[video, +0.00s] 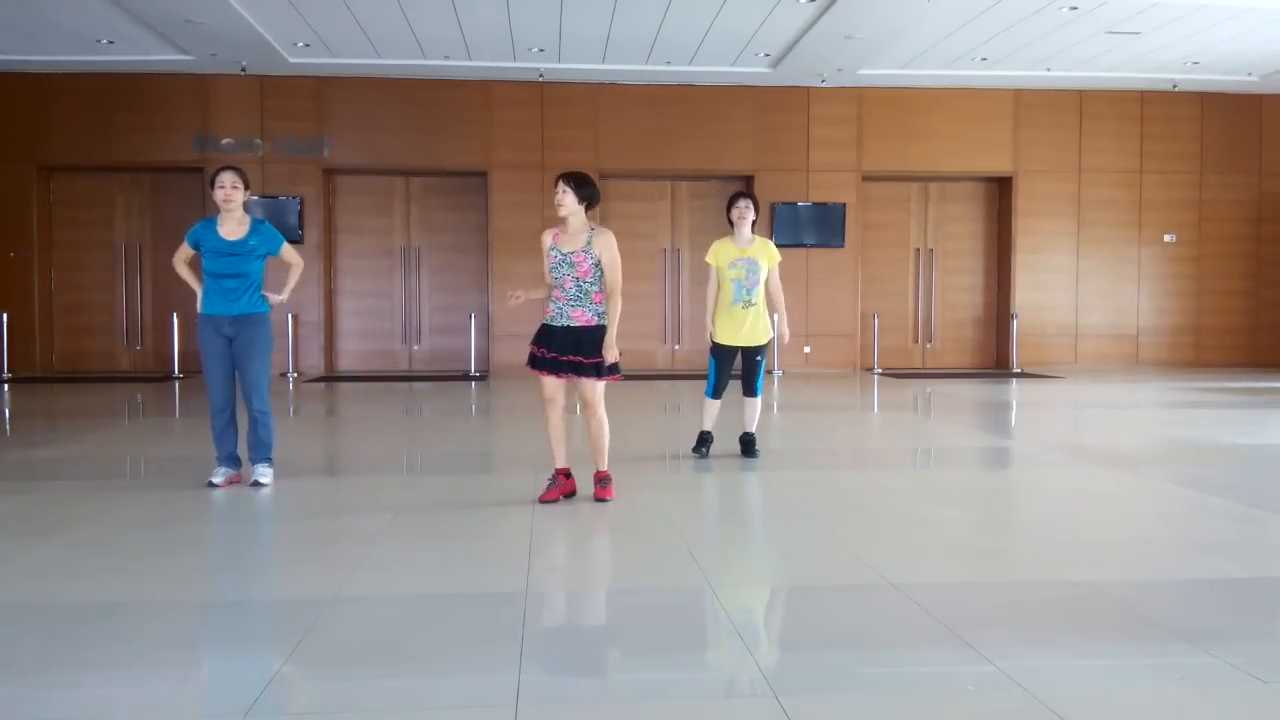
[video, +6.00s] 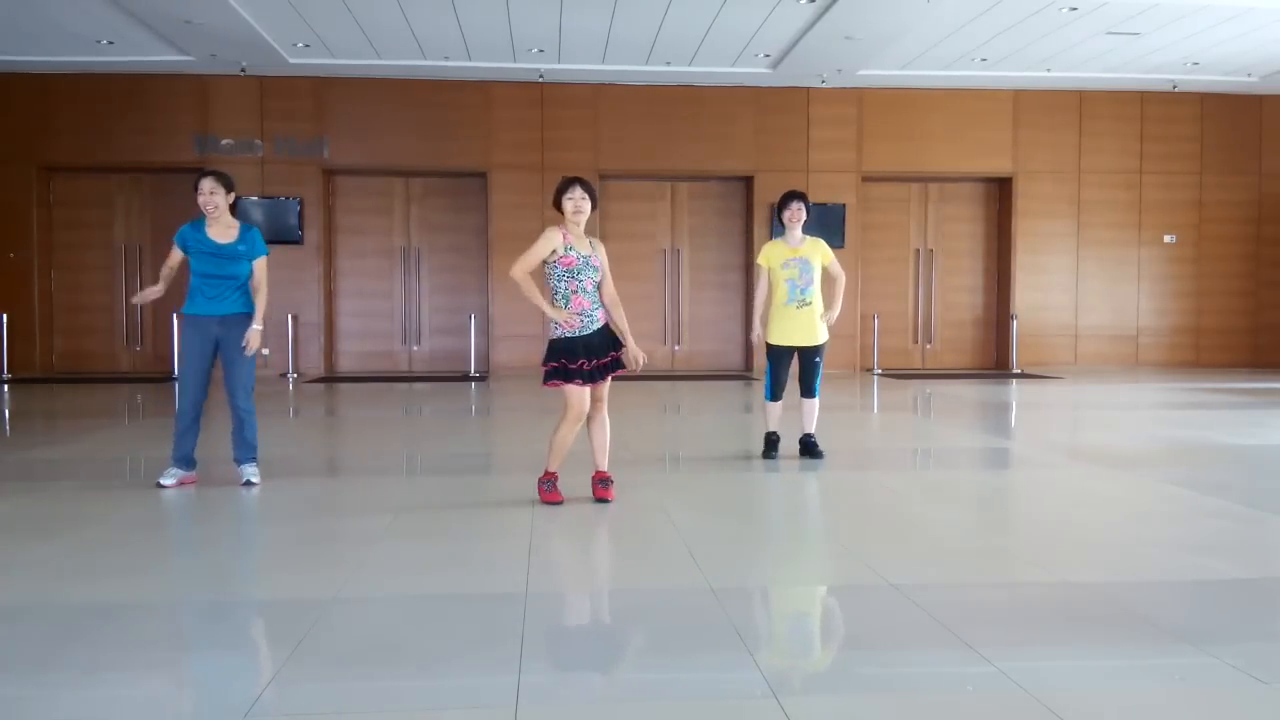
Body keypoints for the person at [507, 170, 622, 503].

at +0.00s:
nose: (557, 198)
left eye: (564, 193)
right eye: (556, 193)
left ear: (583, 199)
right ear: (556, 200)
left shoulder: (603, 239)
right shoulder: (550, 238)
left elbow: (614, 291)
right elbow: (551, 289)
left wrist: (611, 337)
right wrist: (527, 293)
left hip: (591, 332)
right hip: (554, 330)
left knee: (593, 406)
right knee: (552, 401)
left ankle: (602, 475)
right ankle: (562, 475)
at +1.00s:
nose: (564, 197)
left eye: (570, 193)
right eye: (557, 193)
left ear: (578, 201)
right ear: (547, 200)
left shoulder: (586, 242)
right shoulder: (534, 235)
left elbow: (595, 292)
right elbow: (508, 277)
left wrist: (610, 339)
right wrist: (542, 293)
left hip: (585, 330)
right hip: (548, 332)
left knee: (590, 401)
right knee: (552, 405)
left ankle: (592, 474)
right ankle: (542, 475)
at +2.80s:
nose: (567, 198)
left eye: (573, 193)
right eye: (560, 193)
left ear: (581, 200)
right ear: (549, 200)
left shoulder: (589, 243)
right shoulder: (538, 235)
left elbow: (597, 296)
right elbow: (509, 274)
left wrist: (611, 341)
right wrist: (506, 324)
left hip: (586, 332)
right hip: (548, 334)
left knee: (591, 403)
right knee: (549, 405)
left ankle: (591, 477)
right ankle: (542, 476)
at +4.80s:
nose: (568, 201)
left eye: (574, 196)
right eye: (562, 196)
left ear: (584, 202)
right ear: (551, 202)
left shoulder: (594, 244)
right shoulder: (538, 238)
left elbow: (603, 296)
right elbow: (495, 262)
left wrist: (613, 343)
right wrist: (528, 284)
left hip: (582, 336)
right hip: (547, 335)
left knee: (597, 405)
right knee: (547, 404)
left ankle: (589, 478)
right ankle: (546, 478)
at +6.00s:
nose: (578, 203)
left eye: (583, 198)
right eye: (570, 198)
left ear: (592, 205)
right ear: (560, 205)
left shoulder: (597, 247)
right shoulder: (554, 237)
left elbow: (610, 296)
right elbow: (518, 271)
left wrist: (629, 342)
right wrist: (547, 308)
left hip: (601, 334)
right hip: (567, 336)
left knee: (599, 406)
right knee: (577, 409)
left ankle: (602, 476)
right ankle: (549, 477)